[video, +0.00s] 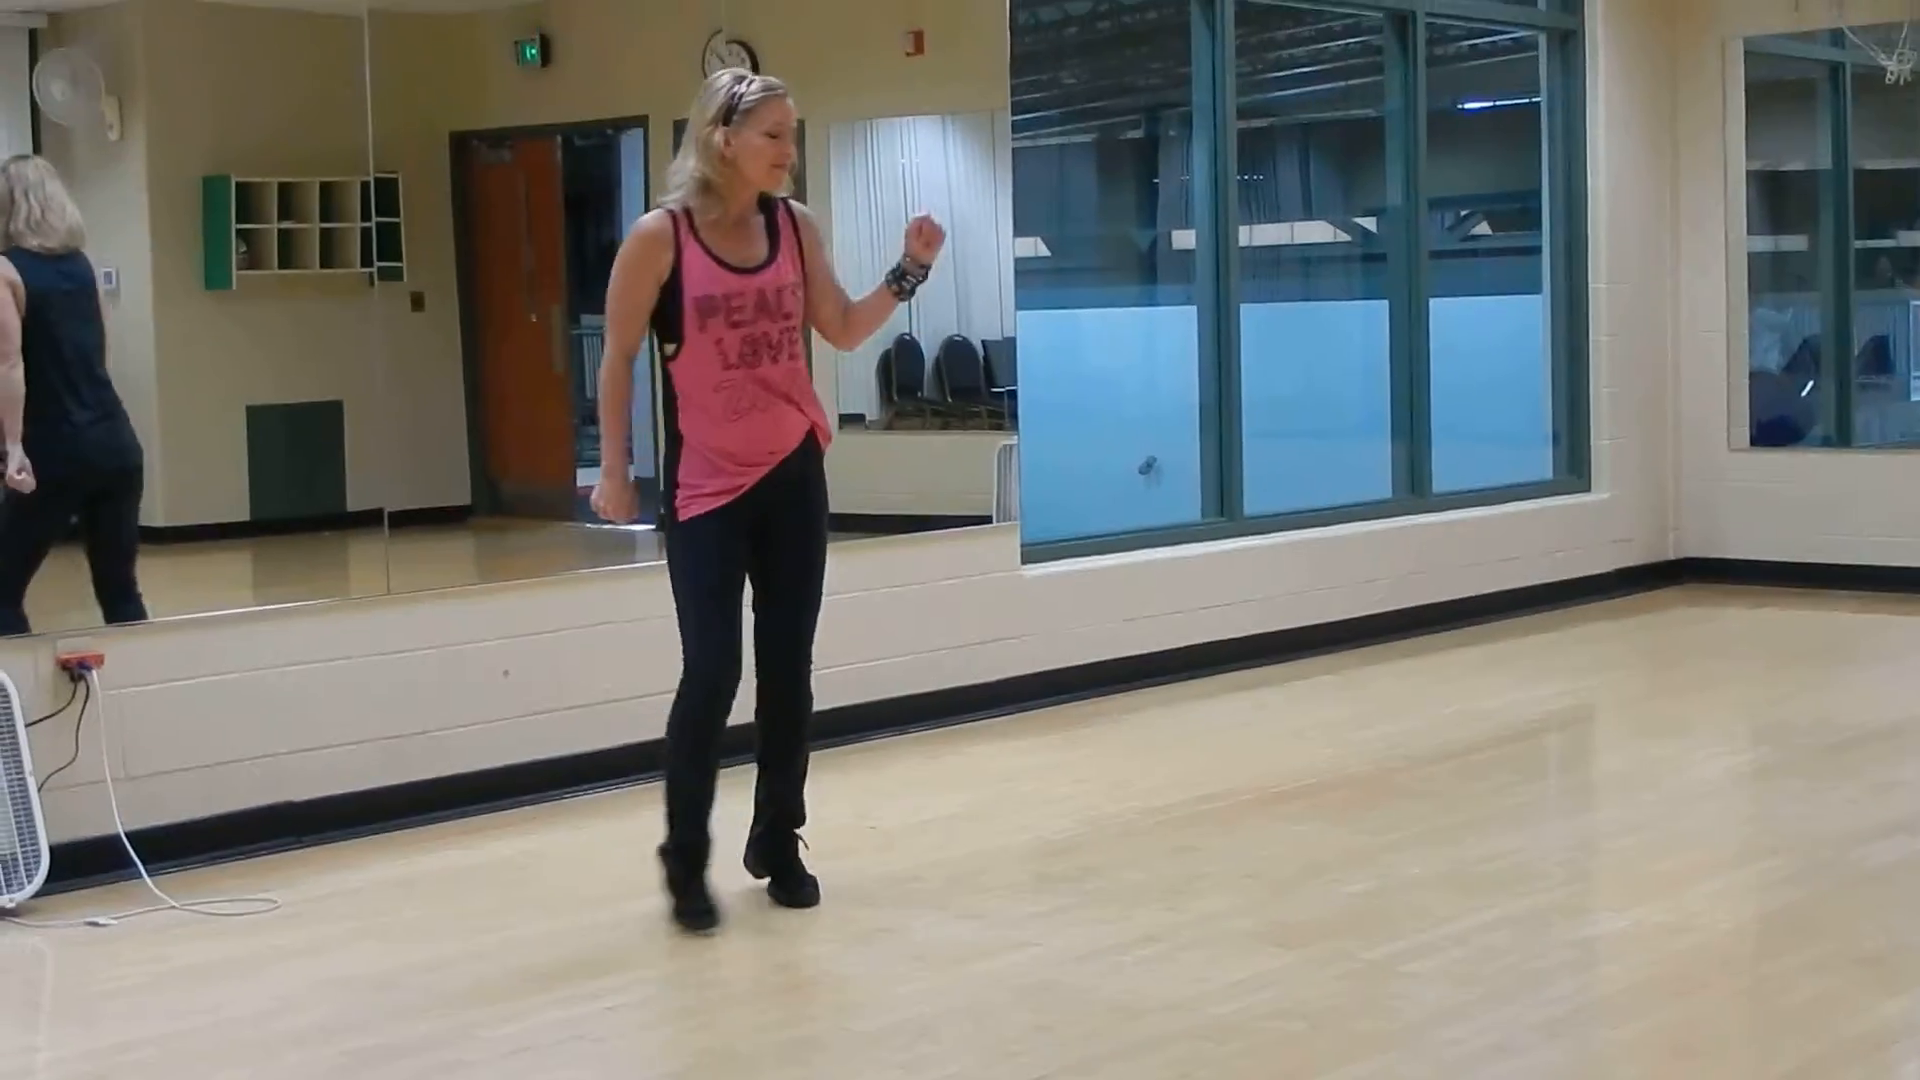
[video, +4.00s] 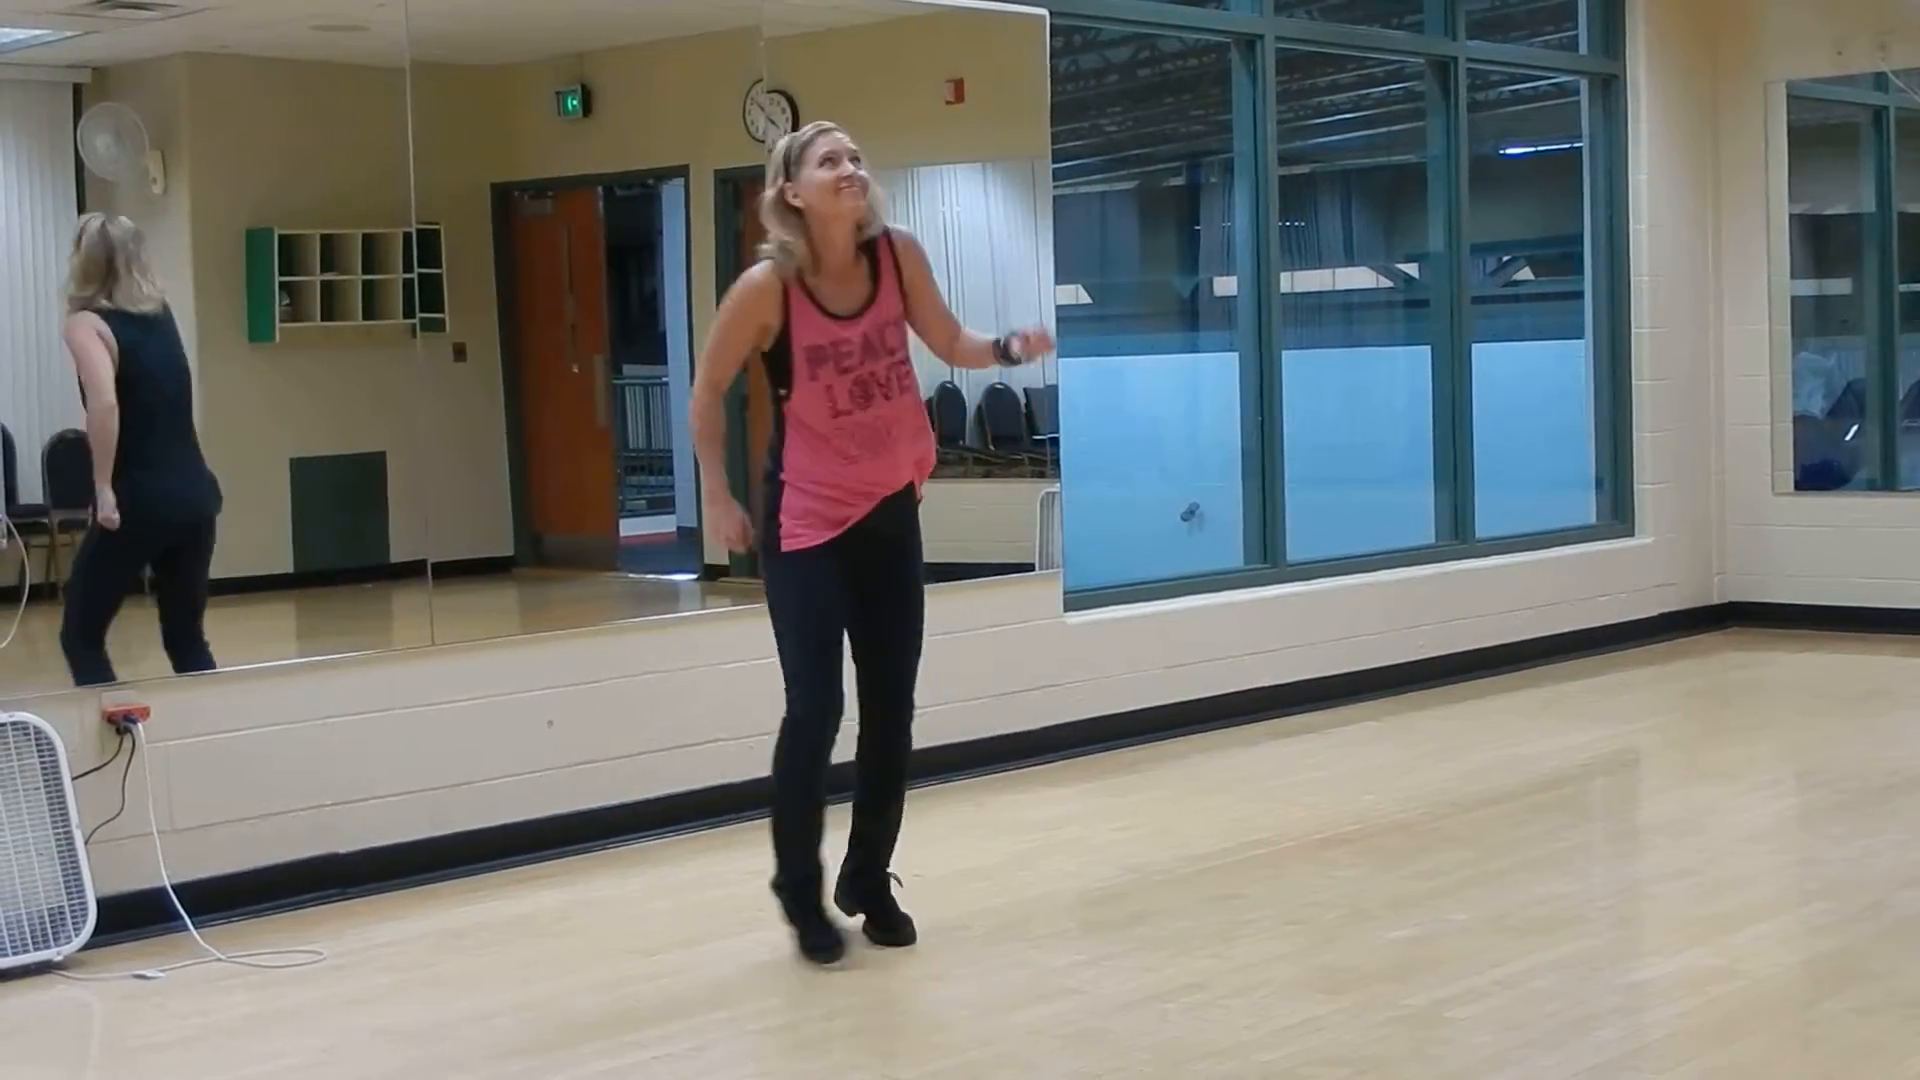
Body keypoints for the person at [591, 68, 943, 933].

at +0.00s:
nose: (787, 151)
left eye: (792, 137)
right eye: (772, 137)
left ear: (786, 145)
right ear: (720, 140)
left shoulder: (795, 225)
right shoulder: (657, 239)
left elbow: (844, 330)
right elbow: (619, 357)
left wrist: (909, 271)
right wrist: (613, 470)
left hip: (793, 472)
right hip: (705, 484)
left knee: (787, 671)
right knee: (713, 674)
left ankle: (778, 842)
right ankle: (685, 857)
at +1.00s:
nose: (776, 195)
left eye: (777, 181)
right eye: (754, 186)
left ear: (781, 198)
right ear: (708, 207)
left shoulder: (781, 291)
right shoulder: (681, 278)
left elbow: (748, 404)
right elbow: (649, 386)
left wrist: (748, 498)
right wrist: (723, 364)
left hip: (735, 535)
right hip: (655, 547)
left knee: (835, 702)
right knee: (644, 747)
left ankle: (833, 876)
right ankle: (624, 936)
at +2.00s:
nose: (991, 205)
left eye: (992, 192)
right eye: (977, 193)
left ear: (978, 200)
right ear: (930, 197)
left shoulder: (987, 273)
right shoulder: (888, 260)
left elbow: (959, 366)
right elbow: (866, 362)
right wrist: (929, 397)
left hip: (943, 508)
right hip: (870, 514)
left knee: (1019, 669)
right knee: (869, 697)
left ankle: (1012, 846)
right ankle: (867, 869)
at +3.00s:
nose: (1069, 229)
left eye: (1077, 217)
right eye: (1056, 215)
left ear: (1082, 220)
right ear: (1014, 212)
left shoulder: (1075, 273)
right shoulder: (962, 278)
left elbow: (1114, 365)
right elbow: (890, 370)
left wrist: (1167, 397)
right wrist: (872, 472)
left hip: (1041, 499)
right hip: (965, 504)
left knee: (1046, 678)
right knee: (981, 671)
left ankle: (1027, 843)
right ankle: (925, 846)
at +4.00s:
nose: (848, 169)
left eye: (854, 160)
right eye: (827, 162)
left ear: (869, 184)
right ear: (789, 196)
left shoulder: (897, 254)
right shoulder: (765, 288)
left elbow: (954, 347)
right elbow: (706, 395)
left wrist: (1007, 349)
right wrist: (718, 499)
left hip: (888, 510)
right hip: (804, 522)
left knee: (890, 708)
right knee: (815, 710)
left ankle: (868, 876)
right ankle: (799, 887)